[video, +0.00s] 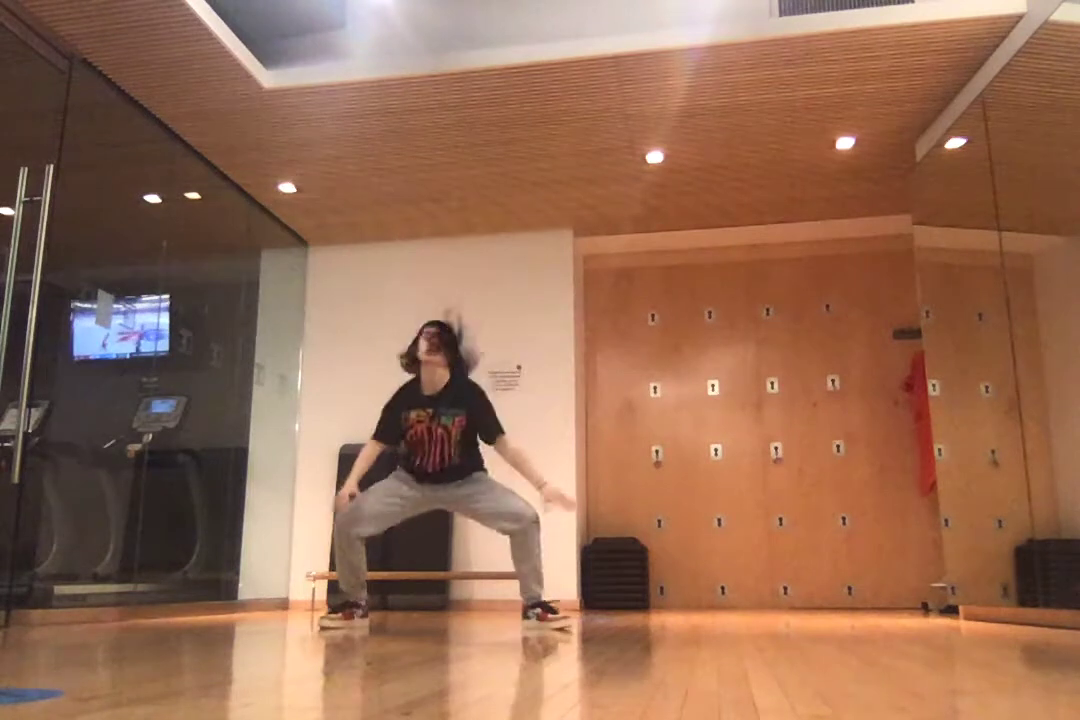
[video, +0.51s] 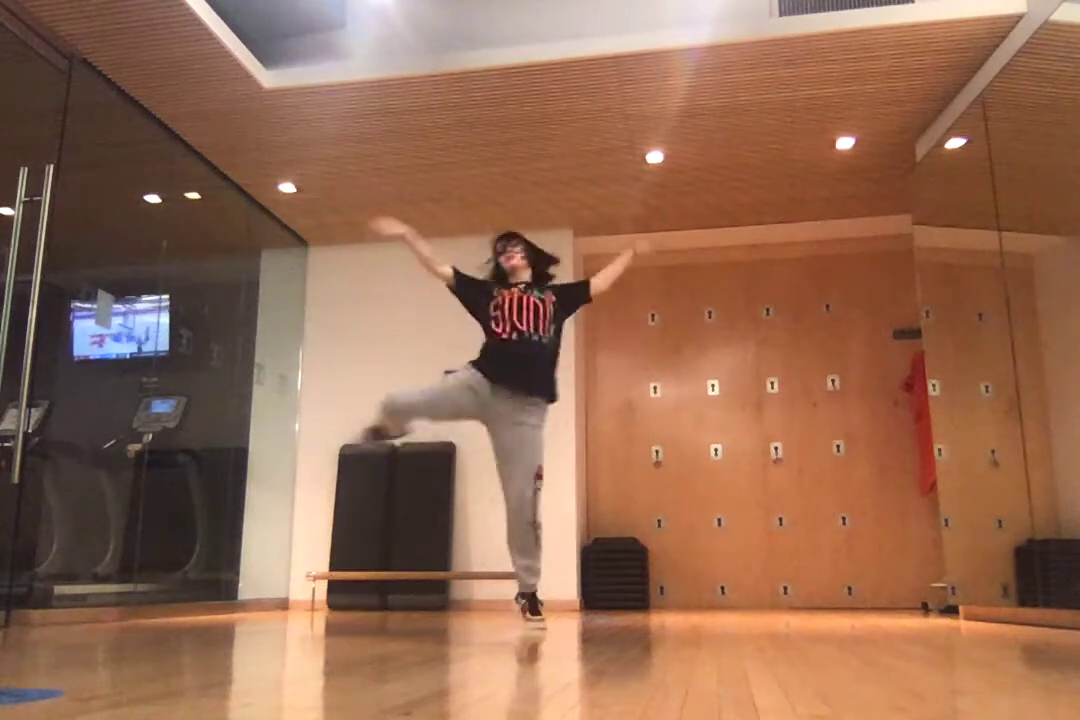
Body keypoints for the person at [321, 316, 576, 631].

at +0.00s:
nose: (431, 340)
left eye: (439, 336)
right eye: (425, 336)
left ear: (451, 351)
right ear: (415, 350)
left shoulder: (469, 394)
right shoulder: (403, 397)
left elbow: (504, 445)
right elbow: (376, 444)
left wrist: (543, 485)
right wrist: (351, 481)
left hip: (466, 485)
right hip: (410, 485)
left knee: (524, 519)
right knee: (347, 519)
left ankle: (534, 604)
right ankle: (354, 603)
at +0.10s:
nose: (444, 323)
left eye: (452, 319)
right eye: (438, 318)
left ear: (460, 330)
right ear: (427, 329)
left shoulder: (477, 376)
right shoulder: (411, 376)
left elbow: (520, 414)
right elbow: (380, 417)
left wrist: (564, 439)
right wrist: (358, 454)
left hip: (469, 471)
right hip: (415, 471)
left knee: (526, 519)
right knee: (353, 523)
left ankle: (534, 604)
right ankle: (356, 603)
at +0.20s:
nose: (466, 284)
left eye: (472, 279)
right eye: (460, 280)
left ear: (485, 292)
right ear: (450, 294)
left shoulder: (502, 341)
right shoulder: (431, 331)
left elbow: (551, 368)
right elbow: (383, 358)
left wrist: (589, 379)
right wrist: (357, 397)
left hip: (476, 440)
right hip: (425, 438)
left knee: (518, 511)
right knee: (380, 513)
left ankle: (534, 593)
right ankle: (350, 599)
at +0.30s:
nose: (488, 267)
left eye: (493, 260)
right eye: (480, 265)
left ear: (509, 268)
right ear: (474, 276)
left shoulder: (533, 313)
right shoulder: (462, 301)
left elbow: (580, 323)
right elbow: (411, 306)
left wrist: (621, 328)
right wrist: (367, 323)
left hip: (491, 419)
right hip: (441, 407)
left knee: (509, 505)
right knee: (389, 477)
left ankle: (523, 590)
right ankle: (338, 553)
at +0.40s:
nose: (499, 258)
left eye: (505, 252)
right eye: (493, 256)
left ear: (522, 259)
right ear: (488, 267)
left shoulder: (550, 301)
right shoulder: (478, 290)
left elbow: (594, 297)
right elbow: (428, 280)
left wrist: (631, 285)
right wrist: (389, 270)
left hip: (509, 410)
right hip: (464, 390)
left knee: (515, 503)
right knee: (396, 431)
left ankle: (525, 591)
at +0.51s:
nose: (510, 253)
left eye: (516, 248)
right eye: (503, 251)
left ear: (533, 256)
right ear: (498, 264)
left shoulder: (558, 297)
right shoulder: (487, 293)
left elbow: (599, 283)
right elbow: (440, 269)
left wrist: (627, 254)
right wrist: (407, 233)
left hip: (525, 409)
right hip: (480, 386)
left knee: (523, 503)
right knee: (398, 402)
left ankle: (528, 592)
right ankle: (385, 431)